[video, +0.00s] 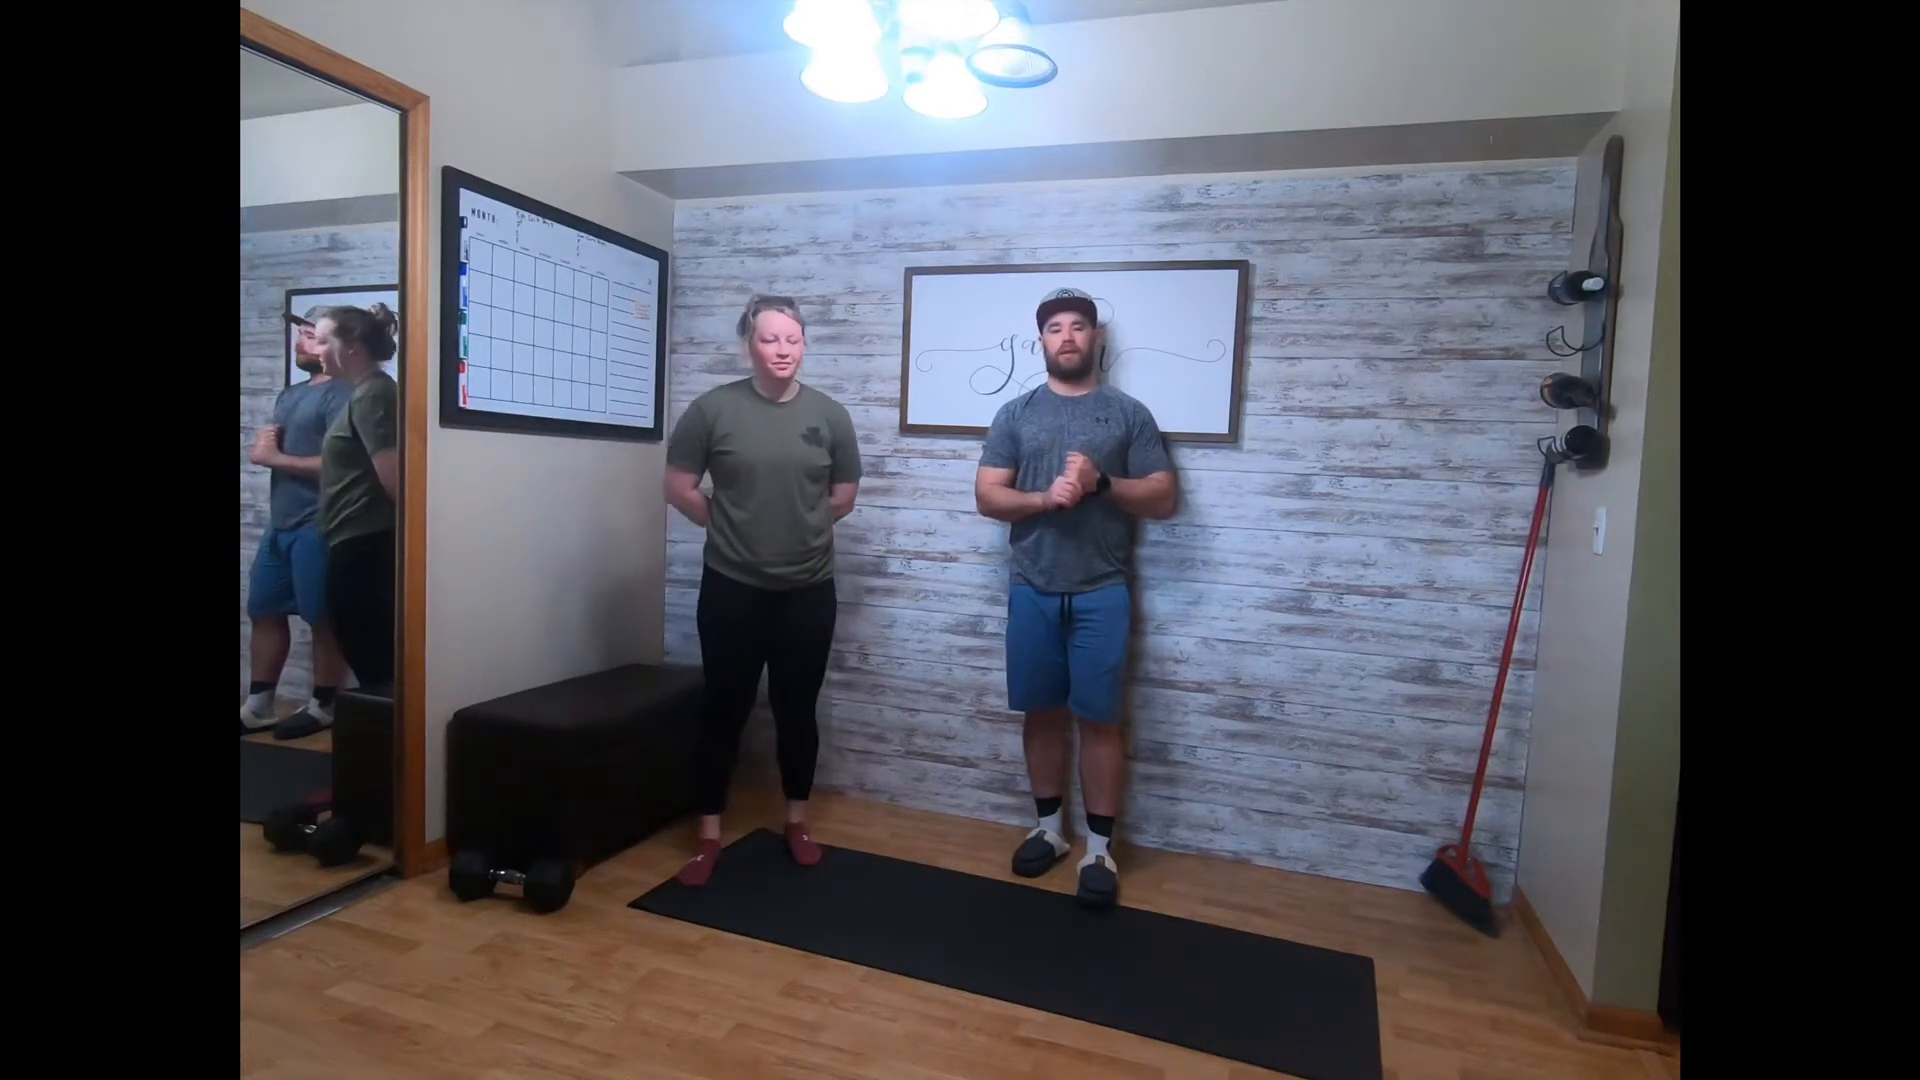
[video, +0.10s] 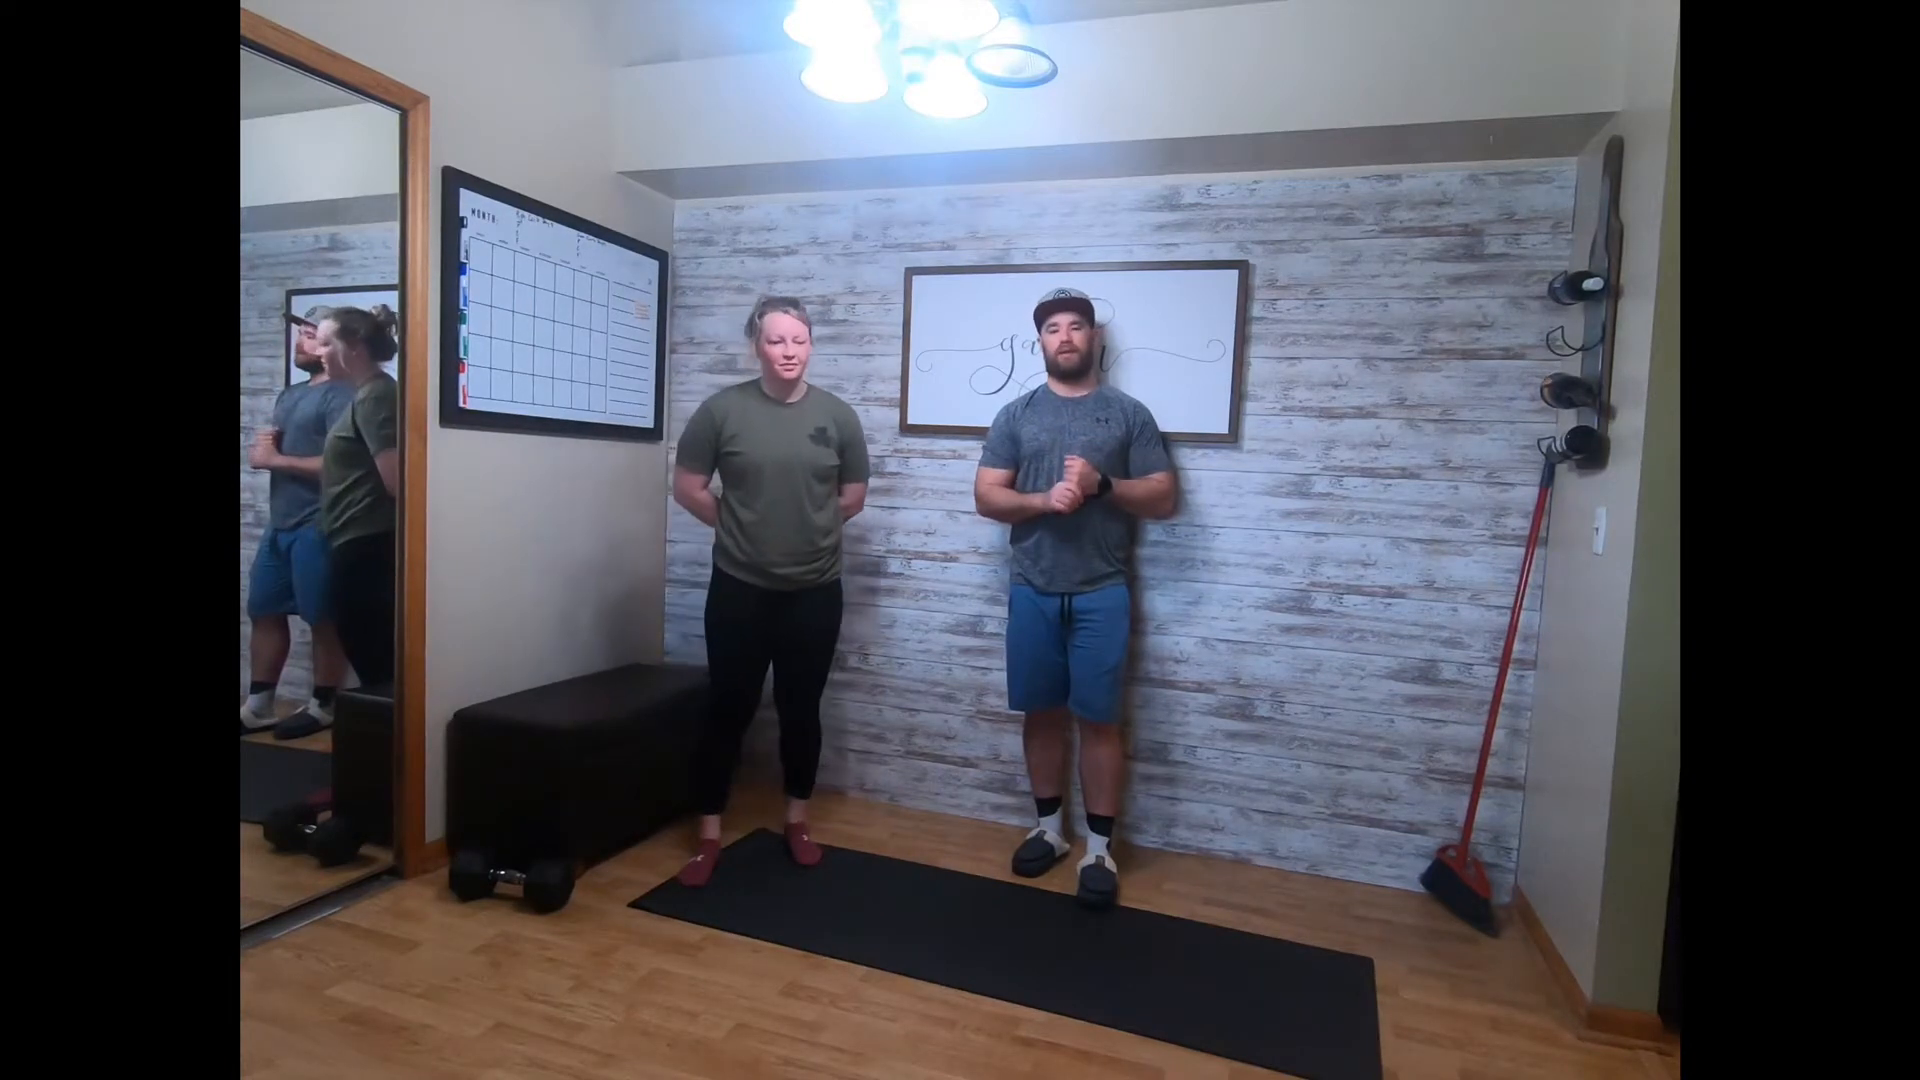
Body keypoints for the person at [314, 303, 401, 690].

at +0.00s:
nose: (318, 351)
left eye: (324, 341)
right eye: (319, 342)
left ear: (351, 346)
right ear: (353, 346)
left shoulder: (374, 396)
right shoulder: (364, 394)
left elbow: (397, 483)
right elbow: (392, 479)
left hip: (365, 541)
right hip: (357, 538)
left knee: (366, 647)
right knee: (367, 646)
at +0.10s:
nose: (320, 353)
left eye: (325, 343)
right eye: (320, 344)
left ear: (353, 347)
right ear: (354, 348)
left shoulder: (376, 398)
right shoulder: (367, 395)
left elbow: (399, 484)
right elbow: (392, 480)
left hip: (367, 542)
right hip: (359, 539)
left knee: (368, 648)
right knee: (369, 647)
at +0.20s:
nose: (322, 355)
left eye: (327, 346)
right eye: (322, 346)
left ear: (354, 349)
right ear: (356, 349)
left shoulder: (378, 399)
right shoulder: (368, 396)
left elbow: (401, 482)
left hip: (369, 542)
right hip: (360, 539)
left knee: (368, 647)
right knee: (368, 646)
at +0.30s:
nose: (323, 358)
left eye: (329, 348)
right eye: (323, 349)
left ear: (355, 348)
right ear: (357, 349)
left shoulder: (380, 399)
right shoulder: (369, 397)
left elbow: (402, 479)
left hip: (371, 542)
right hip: (359, 539)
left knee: (368, 645)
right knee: (366, 643)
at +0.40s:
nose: (325, 361)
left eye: (329, 351)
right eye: (325, 352)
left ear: (354, 351)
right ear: (359, 351)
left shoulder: (382, 400)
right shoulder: (369, 399)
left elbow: (403, 475)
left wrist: (410, 537)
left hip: (373, 542)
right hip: (359, 539)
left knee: (366, 639)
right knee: (364, 638)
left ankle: (391, 734)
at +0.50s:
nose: (326, 362)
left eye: (330, 352)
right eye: (325, 354)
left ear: (355, 350)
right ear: (357, 352)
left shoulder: (383, 400)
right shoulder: (367, 400)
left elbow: (407, 474)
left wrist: (409, 540)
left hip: (376, 544)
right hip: (358, 542)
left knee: (370, 646)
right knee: (364, 644)